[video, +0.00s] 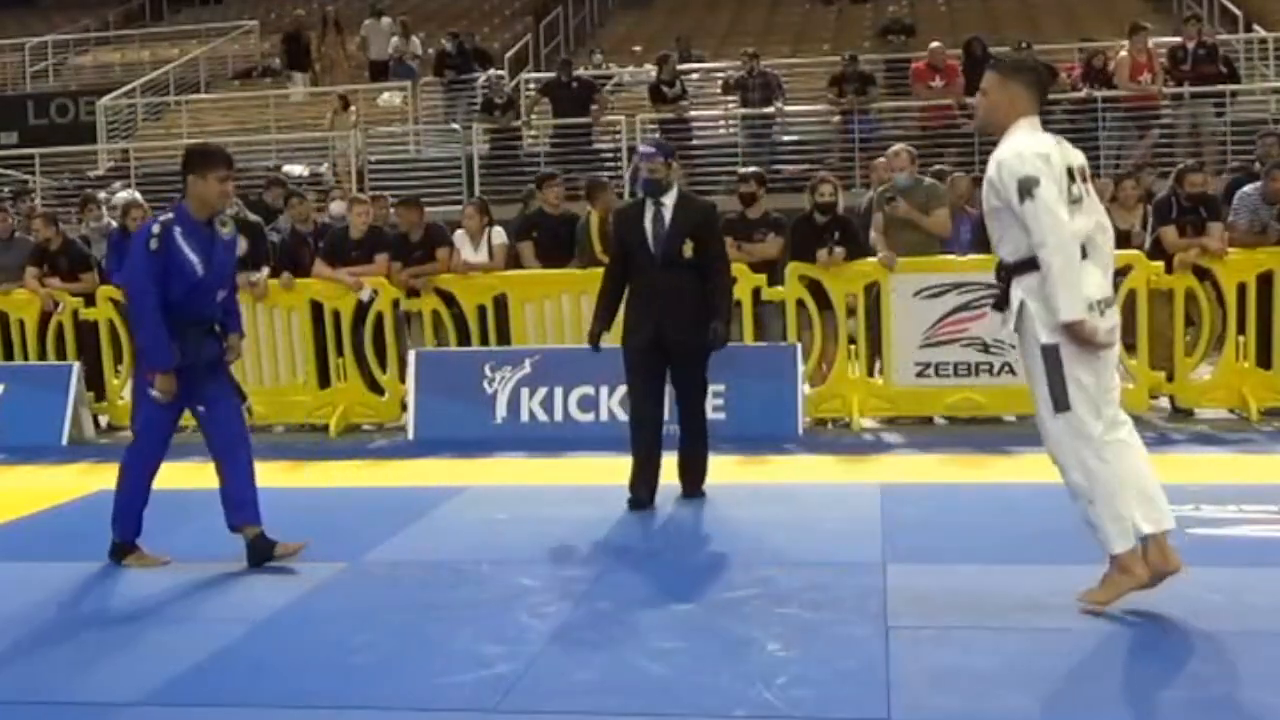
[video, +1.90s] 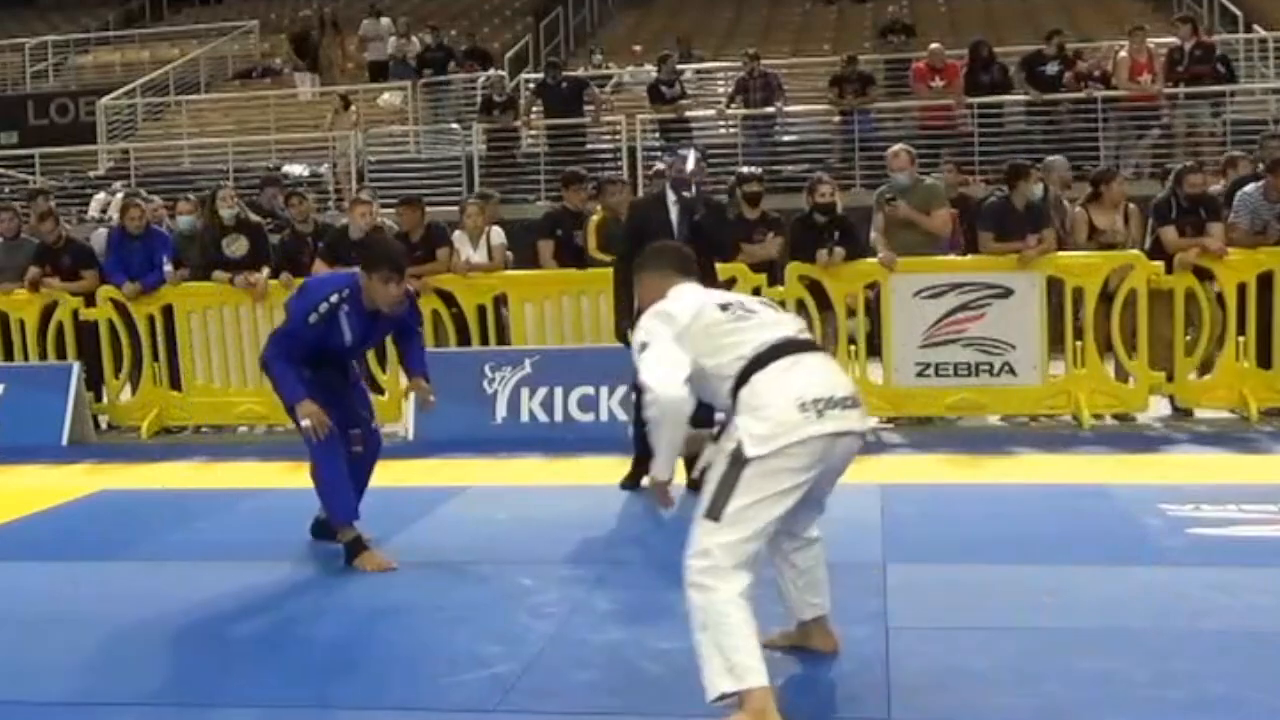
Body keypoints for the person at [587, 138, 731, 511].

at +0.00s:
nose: (646, 171)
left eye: (653, 165)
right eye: (642, 165)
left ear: (671, 168)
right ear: (636, 170)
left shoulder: (700, 212)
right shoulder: (625, 216)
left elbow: (717, 271)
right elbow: (616, 273)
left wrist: (720, 319)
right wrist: (600, 322)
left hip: (689, 328)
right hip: (641, 328)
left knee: (691, 411)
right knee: (643, 413)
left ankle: (692, 485)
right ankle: (641, 492)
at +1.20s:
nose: (636, 175)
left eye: (643, 169)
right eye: (630, 168)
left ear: (654, 173)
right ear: (619, 172)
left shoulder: (674, 210)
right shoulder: (602, 216)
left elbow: (693, 261)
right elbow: (592, 273)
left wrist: (679, 296)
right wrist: (591, 323)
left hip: (670, 318)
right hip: (625, 321)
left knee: (680, 399)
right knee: (633, 402)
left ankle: (690, 477)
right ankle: (638, 473)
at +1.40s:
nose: (645, 175)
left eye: (652, 169)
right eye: (639, 168)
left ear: (662, 174)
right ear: (626, 170)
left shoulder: (675, 209)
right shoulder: (604, 215)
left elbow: (698, 259)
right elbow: (593, 273)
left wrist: (676, 238)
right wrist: (593, 325)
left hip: (673, 317)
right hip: (627, 320)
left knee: (685, 398)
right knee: (635, 401)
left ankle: (697, 475)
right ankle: (639, 473)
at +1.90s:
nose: (685, 180)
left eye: (692, 173)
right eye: (679, 173)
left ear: (701, 175)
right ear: (666, 172)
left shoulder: (711, 209)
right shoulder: (643, 210)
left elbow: (727, 250)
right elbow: (625, 265)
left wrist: (699, 207)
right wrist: (624, 316)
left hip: (703, 306)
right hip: (653, 308)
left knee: (703, 393)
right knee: (647, 390)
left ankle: (699, 467)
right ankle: (642, 461)